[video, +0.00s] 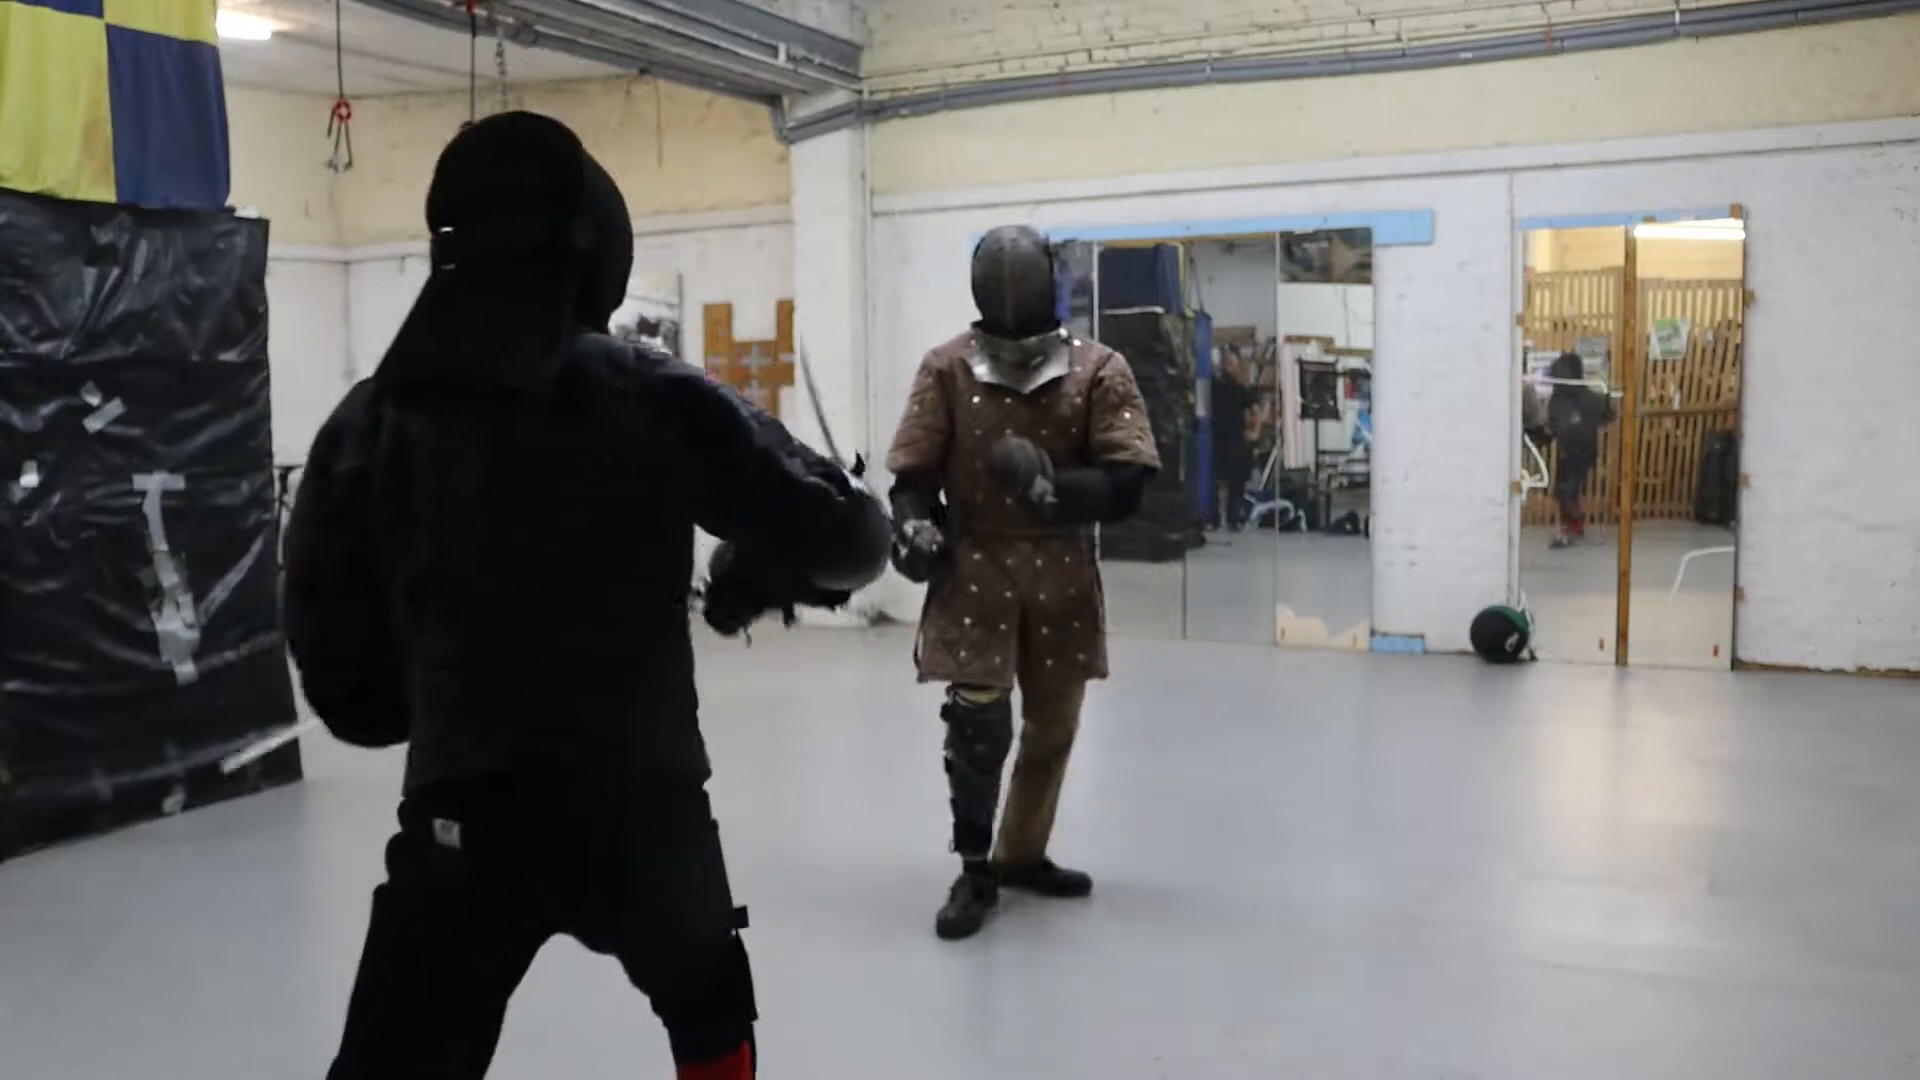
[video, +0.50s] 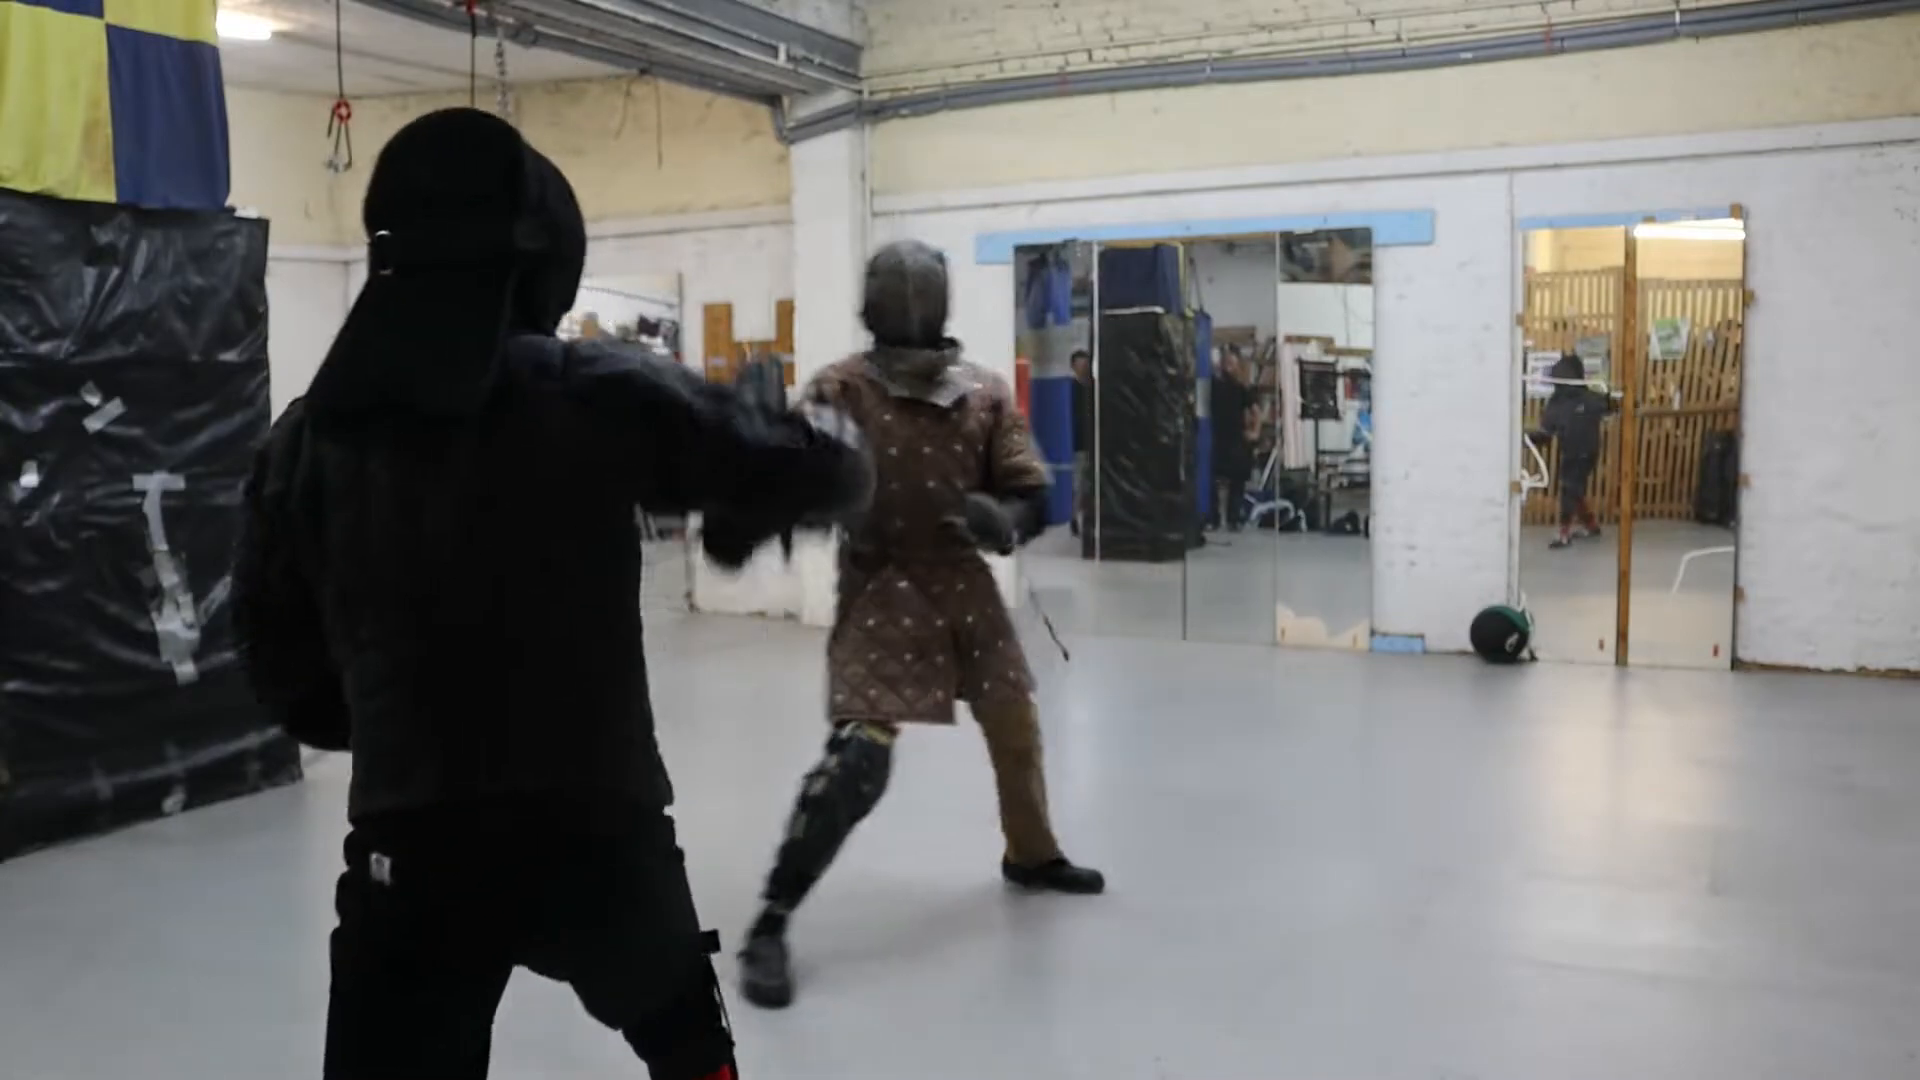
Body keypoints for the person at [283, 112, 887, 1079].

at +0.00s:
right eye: (606, 229)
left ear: (449, 251)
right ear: (594, 248)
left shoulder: (369, 425)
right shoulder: (655, 399)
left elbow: (351, 694)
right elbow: (846, 535)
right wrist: (747, 577)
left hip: (463, 833)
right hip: (644, 823)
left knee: (388, 1065)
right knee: (712, 1022)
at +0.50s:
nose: (570, 277)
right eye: (558, 247)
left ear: (389, 252)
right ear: (533, 254)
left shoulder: (311, 434)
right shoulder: (595, 396)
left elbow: (289, 683)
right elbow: (821, 473)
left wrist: (400, 717)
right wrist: (738, 505)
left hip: (415, 862)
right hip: (601, 850)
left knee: (382, 1072)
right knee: (690, 1049)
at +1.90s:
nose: (903, 275)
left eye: (910, 247)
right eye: (904, 247)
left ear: (945, 248)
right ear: (1066, 232)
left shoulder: (944, 391)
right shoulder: (1153, 376)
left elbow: (872, 631)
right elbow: (1217, 556)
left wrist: (796, 578)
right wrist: (1108, 610)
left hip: (1063, 771)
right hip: (1171, 750)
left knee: (1109, 1045)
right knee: (1000, 932)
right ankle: (1049, 1065)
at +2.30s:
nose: (939, 251)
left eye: (947, 228)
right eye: (941, 227)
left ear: (978, 232)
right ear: (1101, 228)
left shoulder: (950, 360)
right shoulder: (1154, 369)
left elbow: (849, 566)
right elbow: (1185, 511)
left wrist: (827, 483)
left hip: (1051, 740)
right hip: (1168, 728)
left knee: (1086, 1022)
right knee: (1007, 927)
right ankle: (1053, 1060)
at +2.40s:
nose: (937, 252)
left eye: (945, 228)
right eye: (939, 229)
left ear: (976, 234)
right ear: (1101, 231)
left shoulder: (944, 368)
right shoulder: (1163, 374)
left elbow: (867, 596)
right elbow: (1206, 520)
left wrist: (856, 521)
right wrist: (1102, 509)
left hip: (1047, 746)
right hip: (1168, 734)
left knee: (1043, 1034)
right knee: (1061, 1013)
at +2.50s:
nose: (934, 262)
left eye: (942, 236)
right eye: (936, 236)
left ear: (977, 240)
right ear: (1103, 233)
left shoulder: (945, 383)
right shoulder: (1177, 386)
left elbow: (868, 624)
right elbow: (1229, 560)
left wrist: (836, 589)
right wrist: (1112, 557)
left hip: (1049, 768)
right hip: (1175, 757)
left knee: (1031, 1046)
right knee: (1042, 1013)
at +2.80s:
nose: (931, 261)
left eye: (938, 232)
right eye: (930, 234)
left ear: (979, 229)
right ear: (1114, 219)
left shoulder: (951, 383)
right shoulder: (1208, 386)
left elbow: (838, 615)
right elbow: (1254, 593)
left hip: (1066, 813)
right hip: (1205, 796)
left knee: (1054, 1057)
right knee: (1107, 1040)